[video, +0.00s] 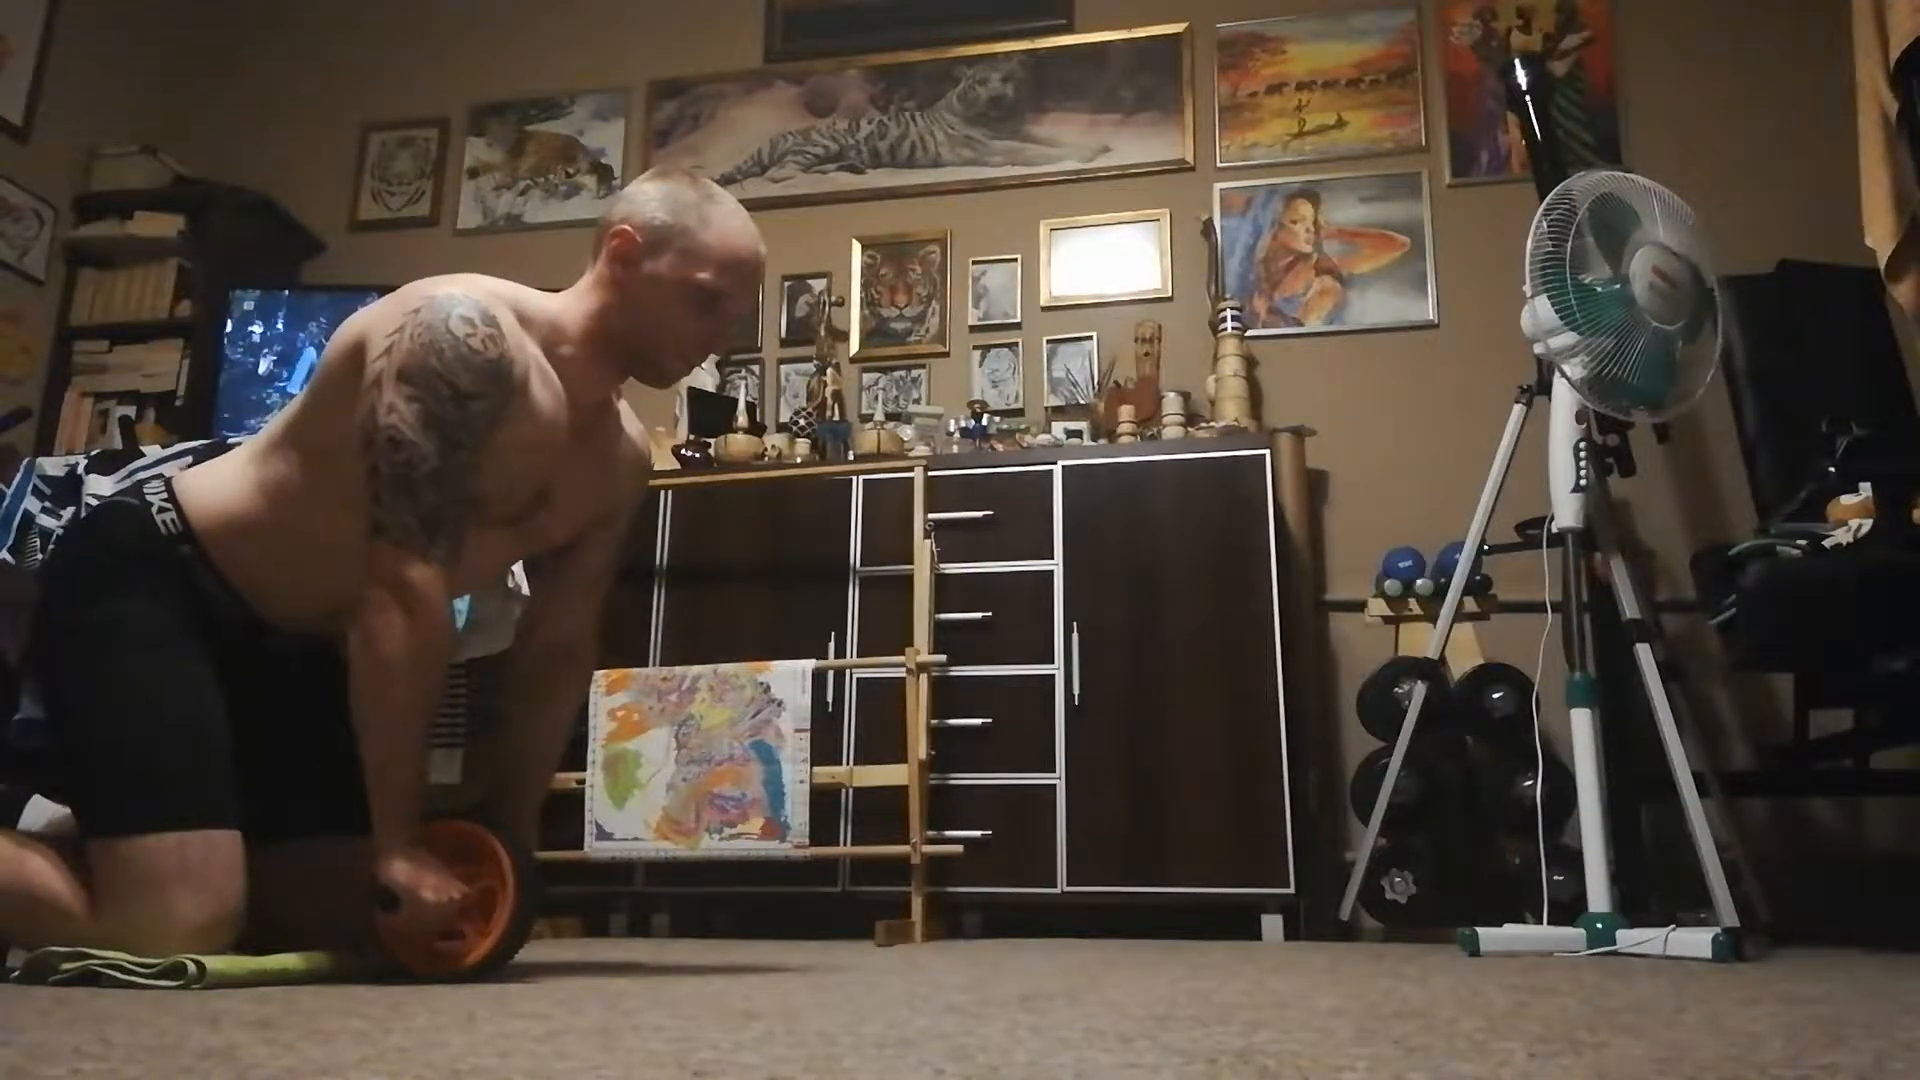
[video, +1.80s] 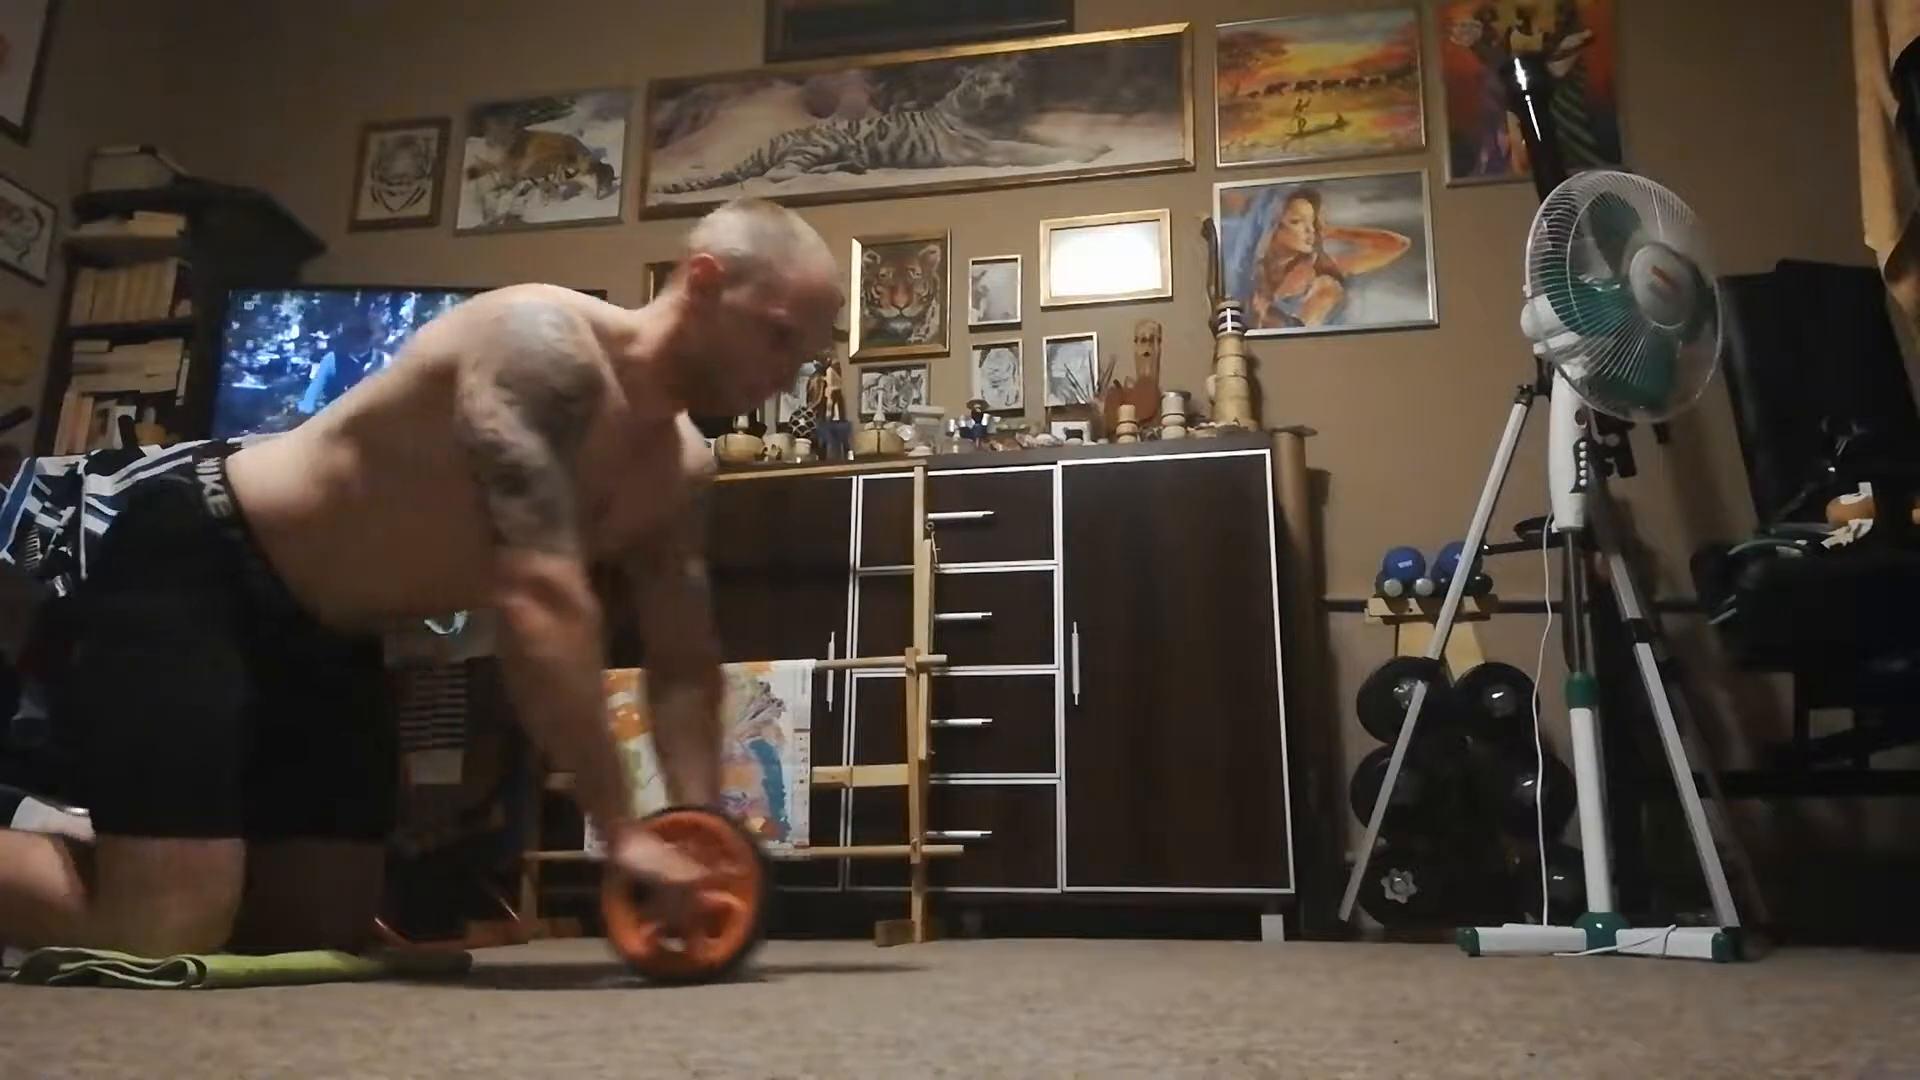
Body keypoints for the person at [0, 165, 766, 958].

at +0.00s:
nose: (729, 334)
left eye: (740, 311)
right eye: (713, 299)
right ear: (625, 253)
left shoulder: (617, 466)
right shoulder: (463, 337)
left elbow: (553, 665)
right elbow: (398, 601)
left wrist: (499, 869)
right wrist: (398, 853)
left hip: (295, 640)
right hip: (150, 572)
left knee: (354, 915)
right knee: (180, 920)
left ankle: (63, 860)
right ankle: (10, 861)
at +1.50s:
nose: (726, 355)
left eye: (741, 332)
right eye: (713, 319)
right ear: (630, 269)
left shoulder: (609, 469)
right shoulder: (457, 340)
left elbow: (552, 676)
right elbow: (386, 599)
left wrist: (507, 868)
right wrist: (412, 842)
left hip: (293, 640)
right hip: (147, 575)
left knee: (349, 916)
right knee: (172, 931)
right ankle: (10, 860)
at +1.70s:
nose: (760, 369)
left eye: (777, 347)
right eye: (753, 330)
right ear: (672, 275)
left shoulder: (640, 471)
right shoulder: (496, 338)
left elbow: (631, 669)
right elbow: (470, 608)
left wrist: (625, 844)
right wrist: (538, 837)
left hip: (311, 645)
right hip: (169, 564)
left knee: (323, 932)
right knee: (166, 928)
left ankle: (48, 852)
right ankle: (11, 845)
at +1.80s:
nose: (791, 375)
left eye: (808, 356)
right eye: (784, 337)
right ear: (702, 282)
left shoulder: (672, 470)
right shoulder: (537, 340)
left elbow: (685, 669)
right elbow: (536, 602)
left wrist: (700, 832)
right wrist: (620, 830)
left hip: (326, 641)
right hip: (186, 559)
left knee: (324, 936)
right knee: (163, 929)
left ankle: (41, 838)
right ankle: (11, 829)